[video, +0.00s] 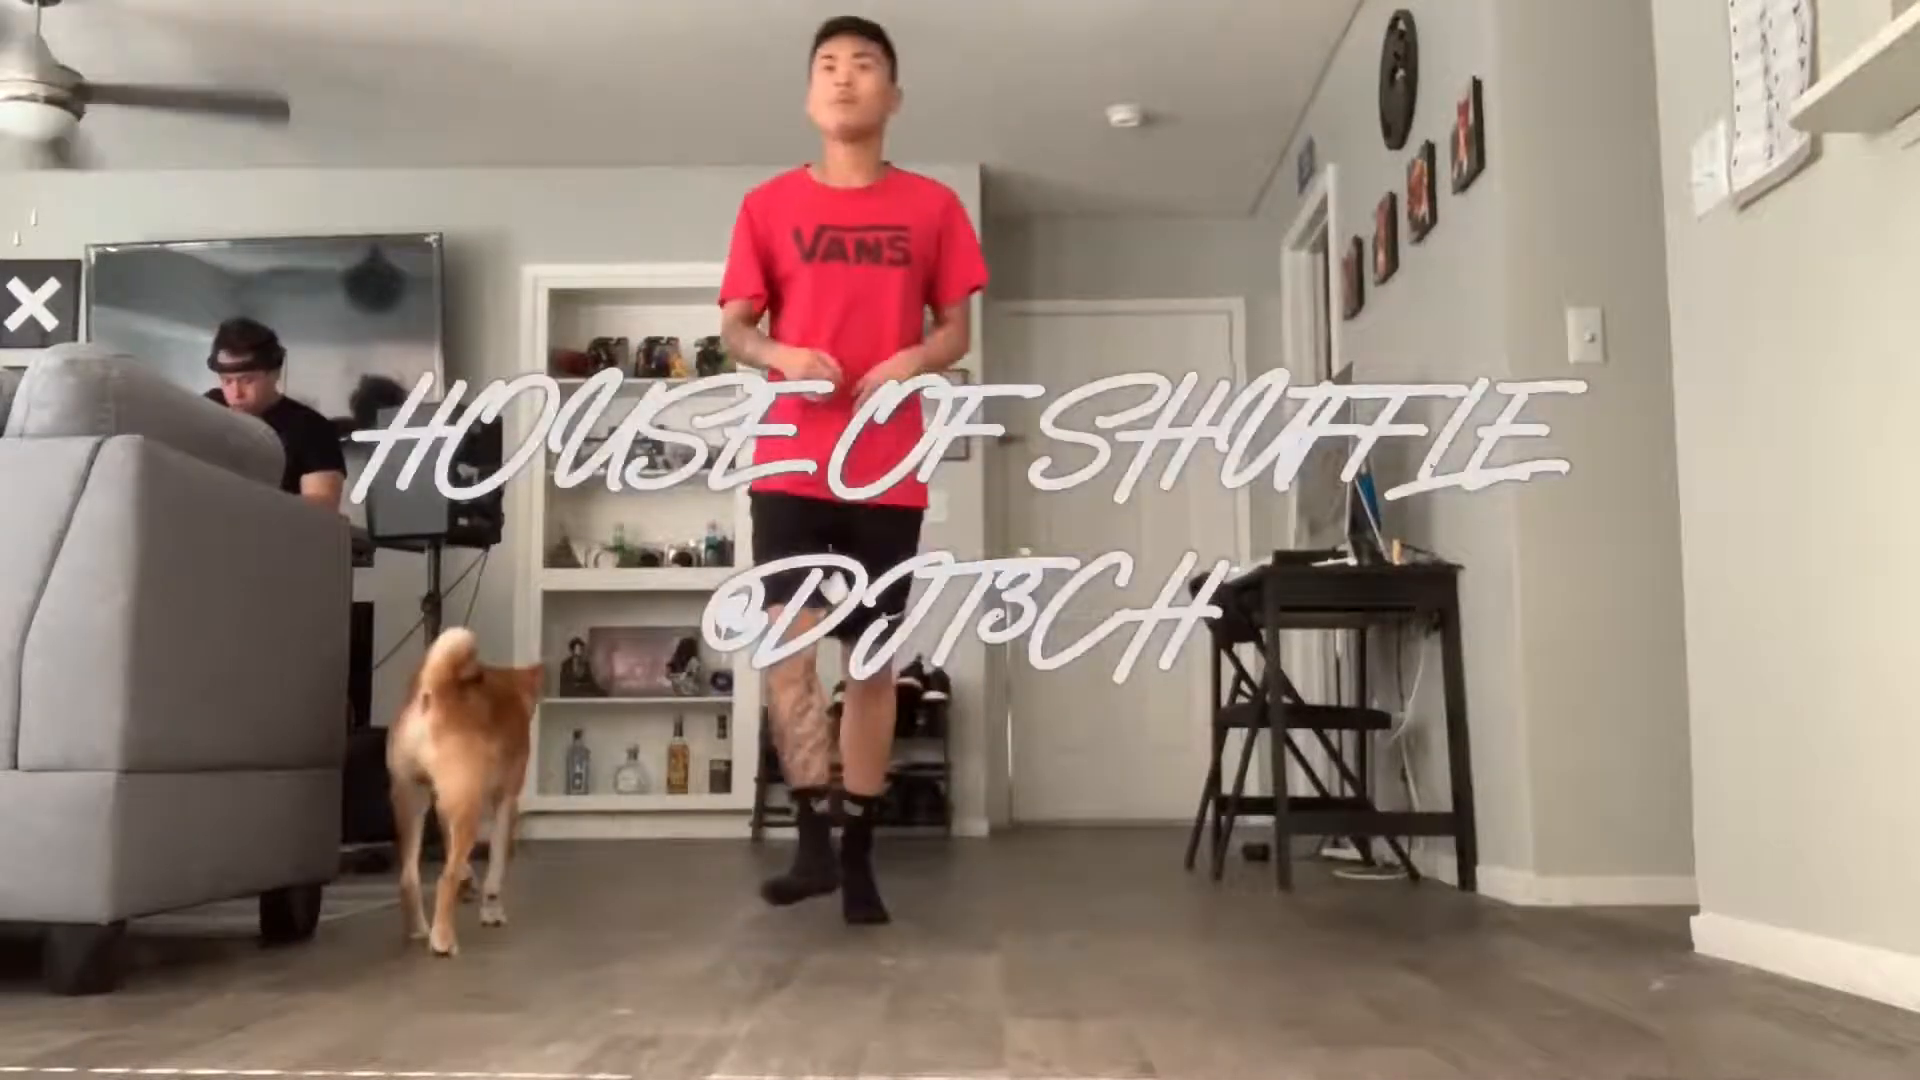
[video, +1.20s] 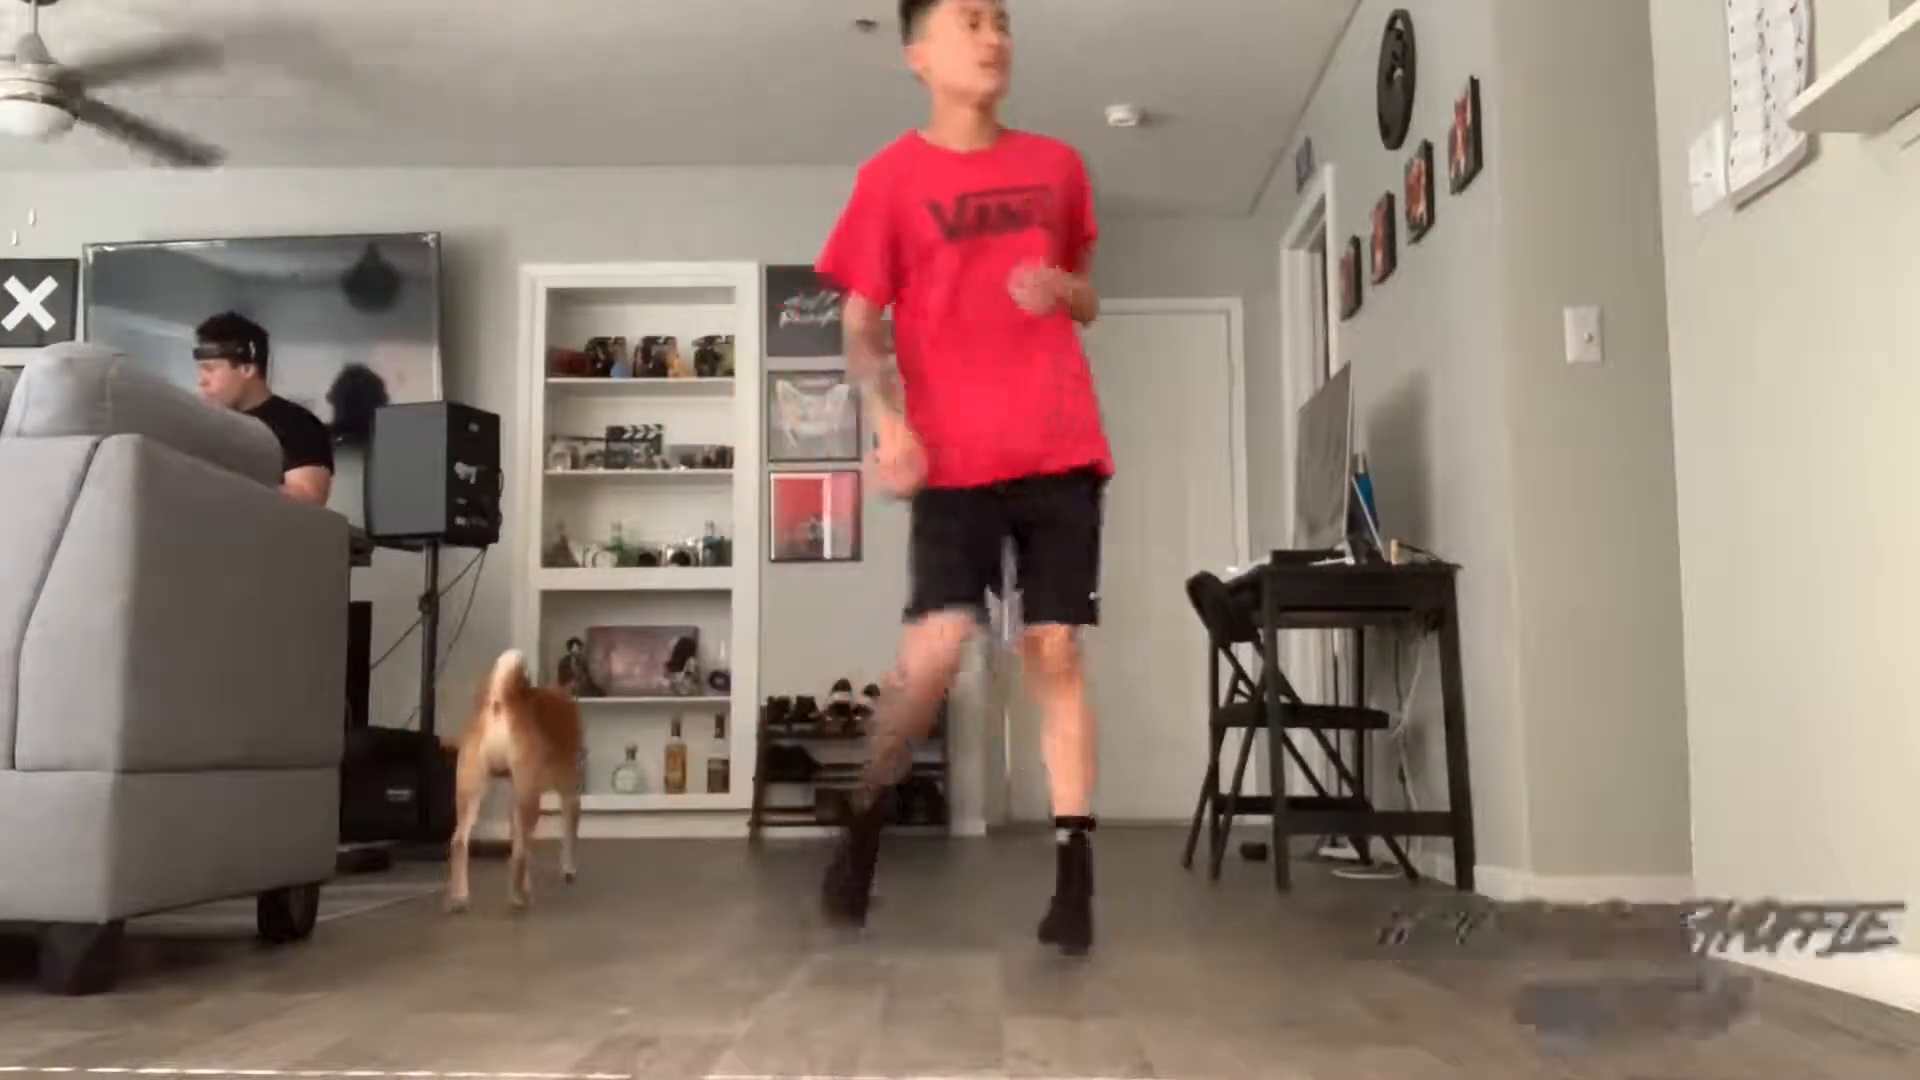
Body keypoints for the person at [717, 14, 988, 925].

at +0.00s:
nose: (845, 77)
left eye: (864, 66)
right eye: (830, 66)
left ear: (894, 98)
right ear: (809, 98)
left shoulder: (932, 204)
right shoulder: (769, 205)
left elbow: (957, 333)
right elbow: (736, 328)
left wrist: (907, 362)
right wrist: (781, 356)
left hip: (888, 469)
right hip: (789, 467)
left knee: (875, 656)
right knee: (788, 640)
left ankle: (858, 855)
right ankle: (813, 837)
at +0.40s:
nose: (789, 49)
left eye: (814, 41)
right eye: (778, 37)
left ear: (848, 82)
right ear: (757, 70)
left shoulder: (875, 192)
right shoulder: (706, 183)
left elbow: (909, 337)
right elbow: (666, 317)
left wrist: (891, 456)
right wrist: (712, 378)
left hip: (814, 449)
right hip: (715, 455)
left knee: (747, 624)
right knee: (736, 671)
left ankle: (819, 792)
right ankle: (779, 884)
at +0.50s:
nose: (789, 48)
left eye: (814, 37)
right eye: (779, 35)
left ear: (853, 73)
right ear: (760, 63)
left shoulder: (879, 191)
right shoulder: (708, 174)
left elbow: (902, 338)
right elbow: (662, 308)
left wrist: (871, 460)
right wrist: (691, 367)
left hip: (793, 437)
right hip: (693, 435)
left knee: (699, 621)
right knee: (694, 651)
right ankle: (765, 871)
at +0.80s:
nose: (827, 43)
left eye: (847, 34)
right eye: (808, 31)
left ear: (873, 74)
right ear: (776, 64)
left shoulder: (906, 186)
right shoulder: (725, 178)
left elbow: (927, 323)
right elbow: (677, 319)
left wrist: (895, 341)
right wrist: (699, 373)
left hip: (851, 437)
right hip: (750, 446)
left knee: (813, 583)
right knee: (730, 664)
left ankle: (810, 811)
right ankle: (753, 893)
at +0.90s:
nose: (861, 35)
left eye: (877, 22)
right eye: (838, 21)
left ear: (894, 53)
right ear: (798, 49)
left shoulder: (927, 173)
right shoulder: (750, 179)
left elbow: (949, 317)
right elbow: (724, 314)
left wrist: (918, 274)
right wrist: (738, 390)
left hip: (897, 435)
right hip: (789, 450)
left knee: (905, 572)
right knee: (765, 665)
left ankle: (920, 765)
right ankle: (757, 895)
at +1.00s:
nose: (903, 29)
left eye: (914, 16)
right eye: (879, 15)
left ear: (930, 42)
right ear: (833, 43)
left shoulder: (968, 163)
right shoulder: (798, 172)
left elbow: (997, 299)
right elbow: (773, 324)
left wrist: (952, 250)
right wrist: (786, 409)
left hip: (951, 434)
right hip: (842, 448)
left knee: (969, 617)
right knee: (830, 666)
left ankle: (995, 833)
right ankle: (812, 867)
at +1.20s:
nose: (992, 39)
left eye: (999, 26)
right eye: (967, 25)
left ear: (1010, 54)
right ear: (916, 56)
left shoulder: (1055, 165)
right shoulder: (890, 177)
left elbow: (1088, 297)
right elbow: (862, 328)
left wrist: (1061, 288)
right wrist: (885, 424)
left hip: (1058, 446)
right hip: (953, 455)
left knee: (1056, 648)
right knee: (938, 646)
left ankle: (1073, 884)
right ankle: (863, 828)